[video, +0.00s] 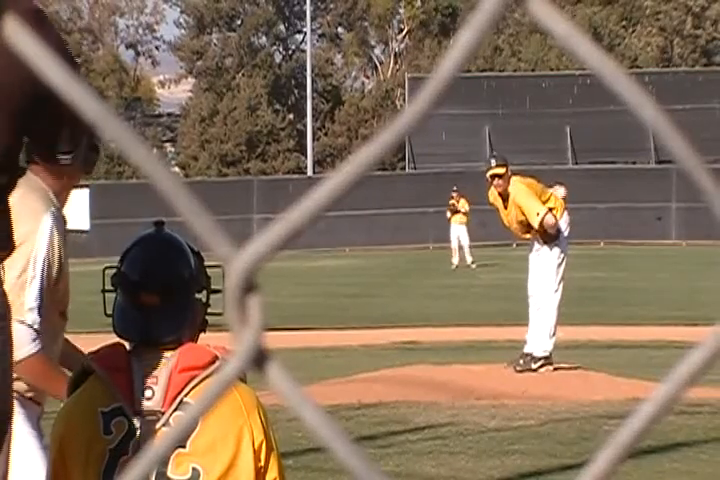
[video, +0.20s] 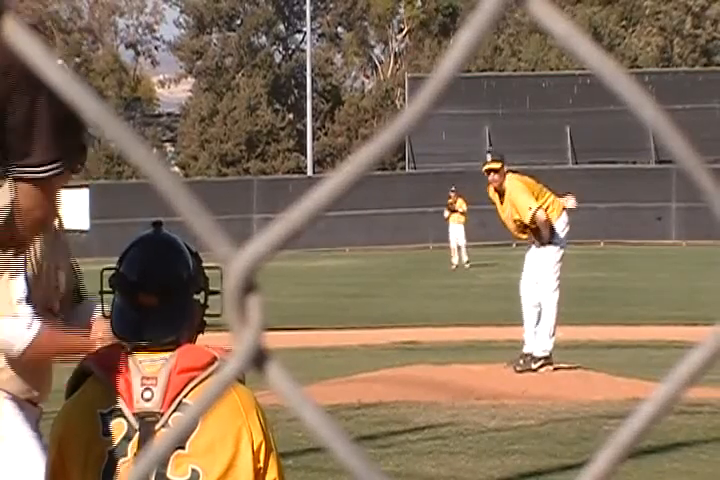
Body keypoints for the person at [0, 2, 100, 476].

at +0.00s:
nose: (95, 153)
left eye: (93, 140)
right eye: (91, 141)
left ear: (36, 143)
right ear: (75, 150)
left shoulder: (21, 200)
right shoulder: (40, 219)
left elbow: (42, 327)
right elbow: (23, 351)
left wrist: (89, 371)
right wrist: (85, 396)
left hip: (16, 406)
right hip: (16, 413)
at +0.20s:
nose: (58, 200)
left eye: (60, 185)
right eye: (49, 185)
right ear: (7, 188)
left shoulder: (48, 234)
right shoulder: (8, 250)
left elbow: (72, 305)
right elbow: (15, 335)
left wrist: (110, 328)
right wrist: (94, 342)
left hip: (26, 402)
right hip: (7, 401)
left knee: (33, 467)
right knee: (28, 468)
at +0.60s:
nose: (59, 139)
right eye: (53, 131)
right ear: (37, 138)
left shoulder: (44, 204)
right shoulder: (5, 200)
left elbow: (117, 209)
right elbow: (18, 233)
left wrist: (115, 158)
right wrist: (73, 143)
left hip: (27, 400)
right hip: (6, 398)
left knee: (35, 469)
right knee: (27, 470)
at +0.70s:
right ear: (32, 145)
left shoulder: (43, 205)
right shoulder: (5, 208)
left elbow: (114, 197)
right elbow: (24, 230)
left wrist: (102, 128)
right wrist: (66, 136)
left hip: (26, 405)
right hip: (7, 404)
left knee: (40, 470)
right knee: (28, 471)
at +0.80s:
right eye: (50, 138)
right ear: (36, 147)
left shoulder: (39, 205)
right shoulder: (7, 208)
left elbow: (114, 195)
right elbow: (41, 223)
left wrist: (106, 125)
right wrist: (67, 131)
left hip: (22, 413)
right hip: (7, 412)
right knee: (27, 471)